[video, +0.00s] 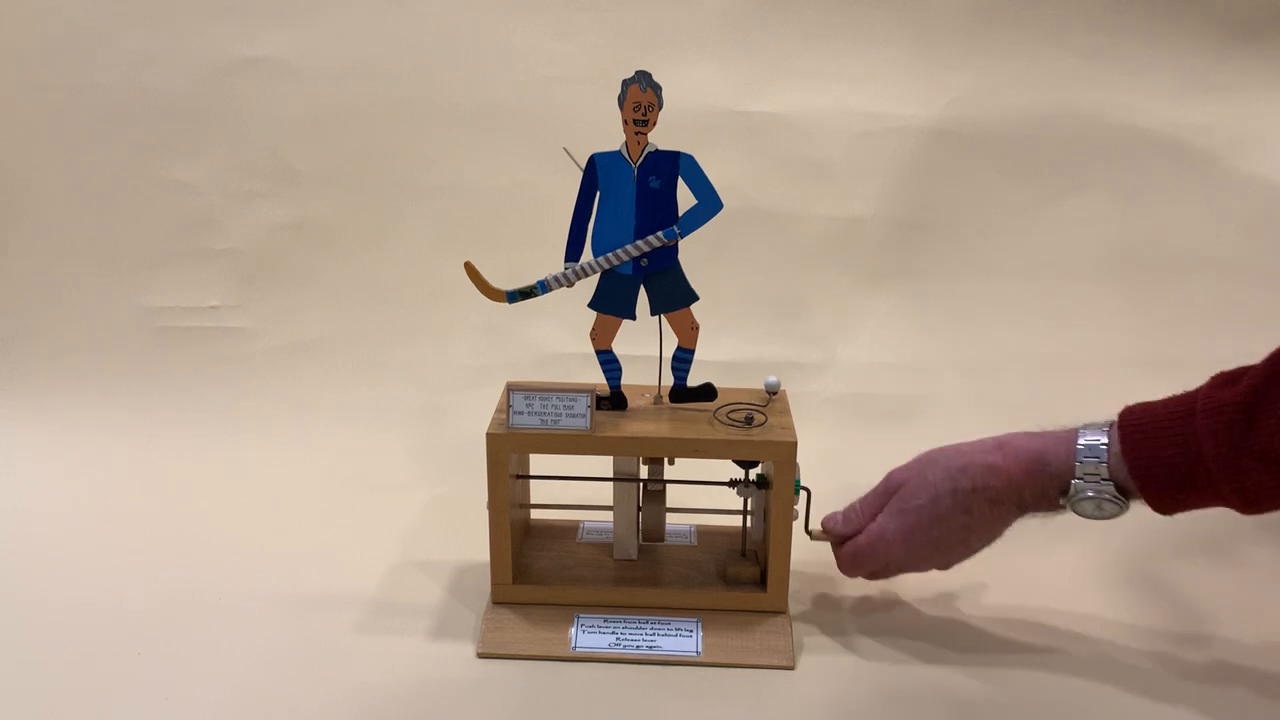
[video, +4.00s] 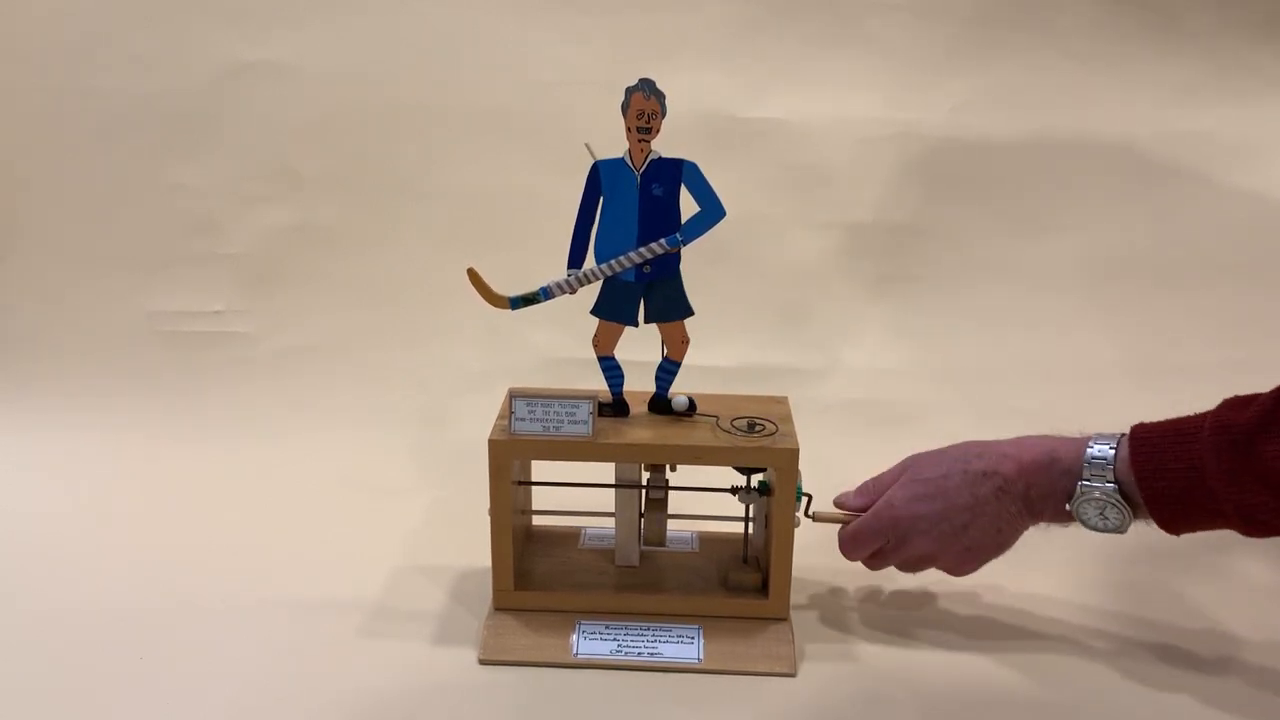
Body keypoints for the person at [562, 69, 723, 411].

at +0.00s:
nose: (642, 113)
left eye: (650, 107)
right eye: (635, 105)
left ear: (658, 114)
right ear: (621, 111)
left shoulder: (675, 162)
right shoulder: (599, 164)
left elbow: (712, 203)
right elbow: (580, 218)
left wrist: (675, 233)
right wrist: (571, 266)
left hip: (662, 265)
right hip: (618, 267)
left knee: (689, 331)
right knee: (600, 337)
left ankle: (679, 390)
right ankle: (615, 394)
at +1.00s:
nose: (644, 112)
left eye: (651, 105)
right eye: (637, 104)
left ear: (660, 112)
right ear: (622, 109)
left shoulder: (677, 160)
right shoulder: (601, 162)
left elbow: (714, 202)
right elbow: (582, 216)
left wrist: (676, 232)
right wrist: (572, 264)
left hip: (663, 264)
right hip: (619, 266)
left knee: (690, 330)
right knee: (601, 336)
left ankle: (680, 389)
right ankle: (617, 393)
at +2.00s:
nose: (645, 113)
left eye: (652, 108)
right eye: (638, 106)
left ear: (661, 115)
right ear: (624, 112)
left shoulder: (678, 163)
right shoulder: (602, 165)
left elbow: (715, 204)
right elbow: (583, 218)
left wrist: (677, 234)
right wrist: (574, 266)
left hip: (664, 265)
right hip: (620, 267)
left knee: (694, 331)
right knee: (603, 337)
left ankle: (685, 390)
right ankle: (618, 395)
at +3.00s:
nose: (643, 117)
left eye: (650, 110)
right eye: (636, 110)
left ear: (659, 117)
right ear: (621, 115)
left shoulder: (676, 166)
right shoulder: (600, 169)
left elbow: (712, 207)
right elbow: (582, 222)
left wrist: (674, 237)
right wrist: (572, 270)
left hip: (666, 263)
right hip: (621, 268)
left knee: (716, 315)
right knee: (603, 341)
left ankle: (729, 373)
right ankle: (618, 399)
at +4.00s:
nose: (646, 120)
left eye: (653, 114)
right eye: (639, 113)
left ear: (662, 121)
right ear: (624, 118)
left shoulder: (678, 169)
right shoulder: (603, 171)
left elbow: (715, 211)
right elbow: (584, 224)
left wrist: (676, 241)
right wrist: (573, 273)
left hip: (663, 276)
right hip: (619, 276)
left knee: (678, 343)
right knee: (603, 344)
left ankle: (660, 399)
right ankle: (618, 400)